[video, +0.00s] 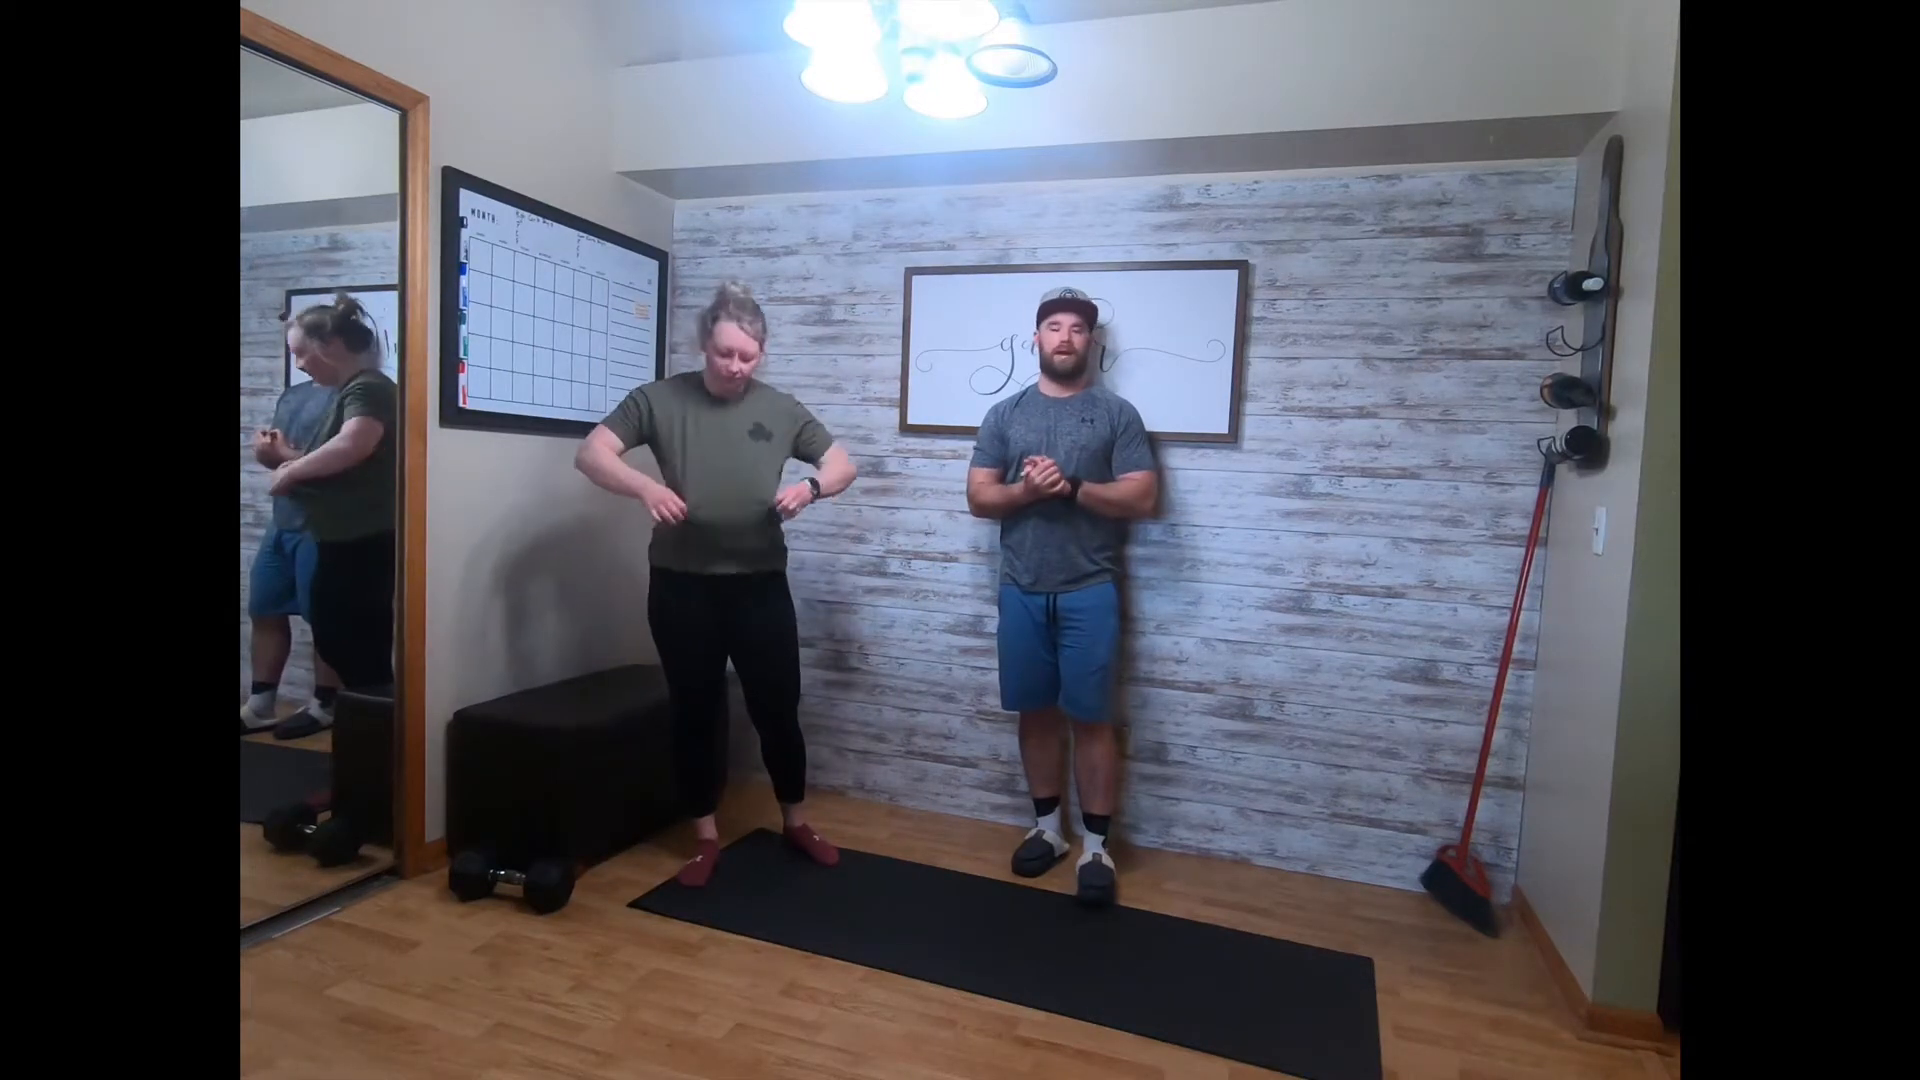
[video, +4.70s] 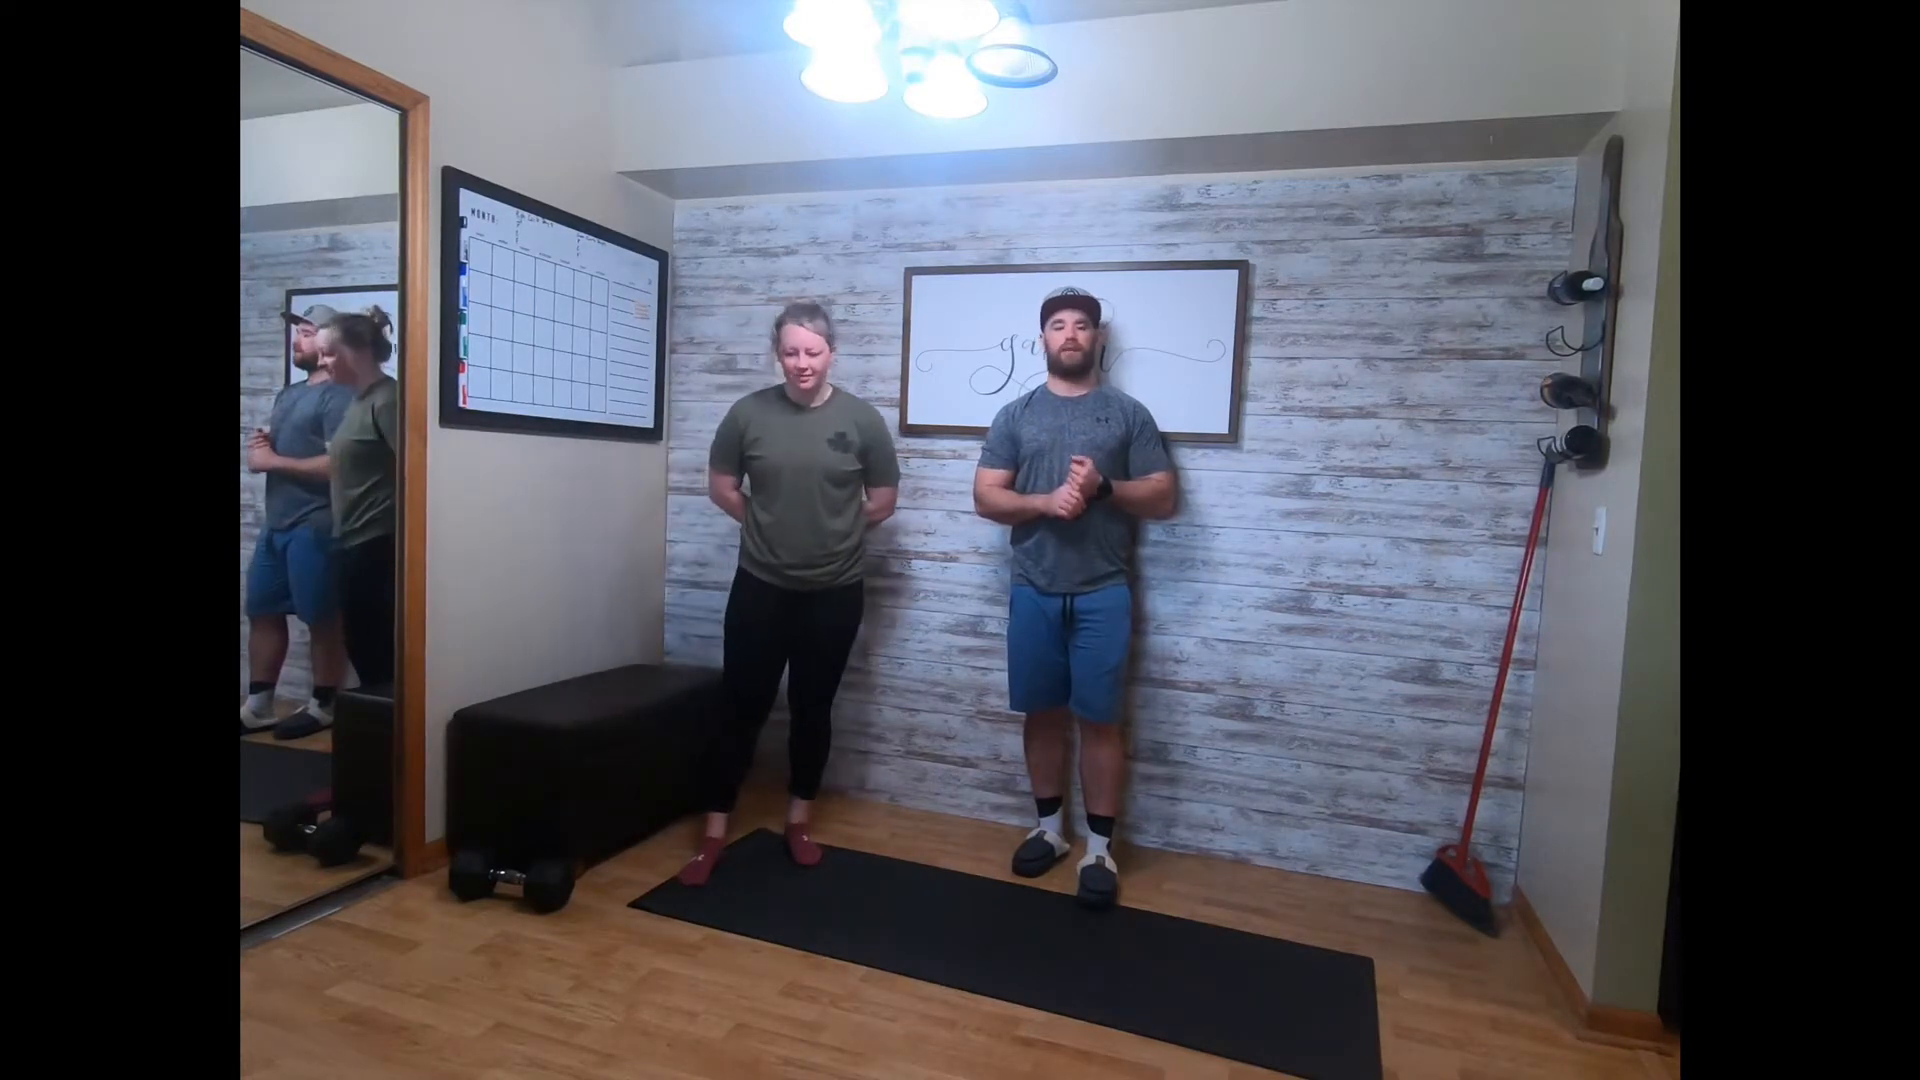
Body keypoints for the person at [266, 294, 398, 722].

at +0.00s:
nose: (302, 367)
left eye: (303, 355)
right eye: (298, 359)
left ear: (330, 345)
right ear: (333, 346)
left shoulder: (368, 388)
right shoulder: (349, 392)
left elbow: (356, 444)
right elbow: (332, 451)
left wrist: (291, 472)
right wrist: (288, 454)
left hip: (364, 541)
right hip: (344, 539)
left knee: (356, 650)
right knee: (344, 645)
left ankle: (377, 752)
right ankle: (363, 747)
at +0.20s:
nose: (292, 381)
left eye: (288, 369)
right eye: (286, 373)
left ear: (307, 353)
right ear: (313, 352)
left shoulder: (361, 390)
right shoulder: (346, 396)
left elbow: (386, 452)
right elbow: (345, 461)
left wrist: (336, 511)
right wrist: (291, 452)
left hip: (365, 544)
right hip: (348, 543)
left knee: (359, 650)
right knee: (348, 646)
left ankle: (378, 753)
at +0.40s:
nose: (288, 389)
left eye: (284, 377)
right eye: (281, 382)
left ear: (301, 357)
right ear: (313, 355)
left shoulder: (348, 390)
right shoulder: (341, 394)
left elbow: (395, 437)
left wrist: (400, 511)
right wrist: (285, 451)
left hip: (361, 544)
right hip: (352, 543)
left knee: (362, 652)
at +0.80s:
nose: (286, 392)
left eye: (283, 380)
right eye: (280, 383)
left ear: (301, 361)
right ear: (319, 355)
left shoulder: (341, 396)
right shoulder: (369, 391)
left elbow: (377, 476)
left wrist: (426, 513)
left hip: (358, 548)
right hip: (376, 544)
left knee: (365, 660)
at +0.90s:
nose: (282, 397)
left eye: (277, 385)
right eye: (275, 389)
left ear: (294, 365)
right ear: (316, 355)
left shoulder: (336, 398)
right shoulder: (361, 393)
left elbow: (380, 477)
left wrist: (427, 516)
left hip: (362, 550)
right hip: (377, 547)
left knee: (369, 666)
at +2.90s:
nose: (306, 340)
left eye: (314, 332)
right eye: (308, 331)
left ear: (340, 341)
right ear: (343, 343)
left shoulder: (362, 395)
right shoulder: (347, 395)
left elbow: (390, 486)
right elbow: (384, 483)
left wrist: (428, 527)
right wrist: (428, 523)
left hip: (357, 548)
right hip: (343, 546)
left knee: (355, 660)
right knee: (352, 658)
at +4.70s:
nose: (326, 365)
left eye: (330, 354)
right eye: (324, 357)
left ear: (357, 351)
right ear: (358, 353)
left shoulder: (388, 400)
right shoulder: (360, 401)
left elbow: (414, 472)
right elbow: (355, 468)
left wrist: (411, 538)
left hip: (380, 544)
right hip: (356, 543)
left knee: (374, 647)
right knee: (363, 645)